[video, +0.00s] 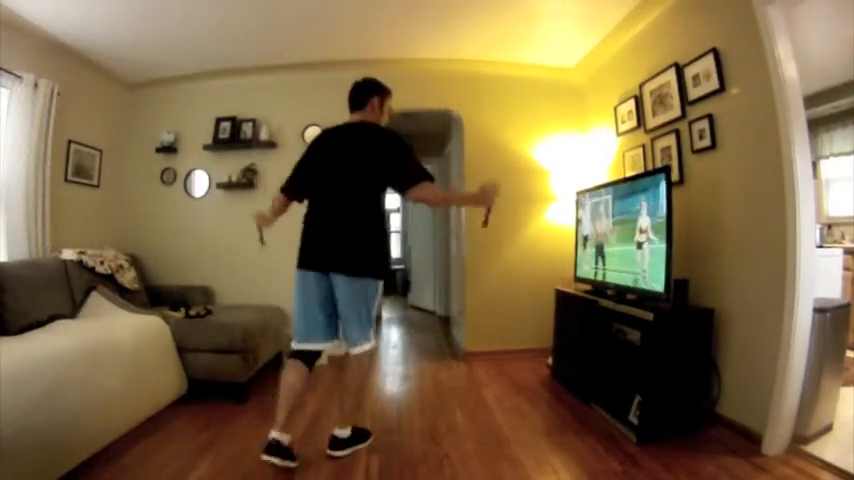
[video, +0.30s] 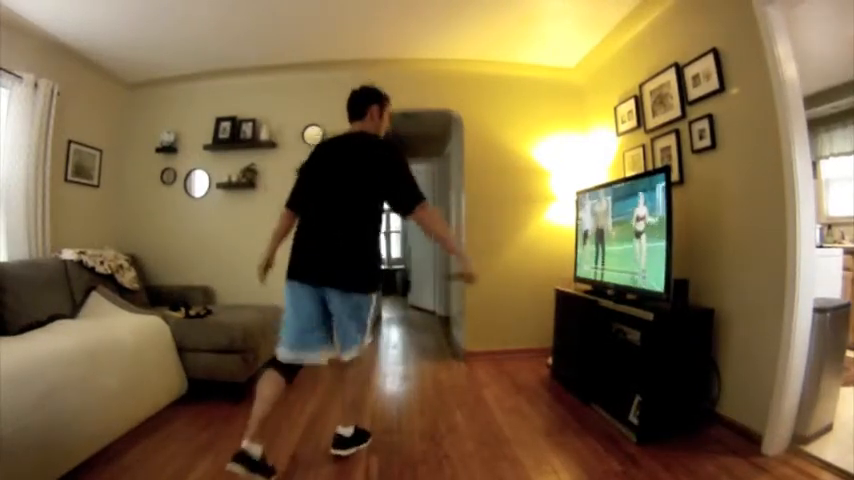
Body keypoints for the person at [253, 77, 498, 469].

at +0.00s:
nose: (387, 114)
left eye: (387, 108)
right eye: (387, 107)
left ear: (352, 106)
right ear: (376, 105)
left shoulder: (325, 140)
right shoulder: (386, 142)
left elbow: (289, 191)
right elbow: (421, 192)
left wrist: (270, 216)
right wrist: (475, 197)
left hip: (313, 252)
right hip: (359, 254)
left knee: (303, 348)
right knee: (360, 347)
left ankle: (278, 435)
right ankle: (344, 431)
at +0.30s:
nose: (389, 123)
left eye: (388, 116)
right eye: (388, 115)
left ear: (351, 114)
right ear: (375, 114)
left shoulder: (322, 151)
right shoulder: (382, 153)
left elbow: (291, 210)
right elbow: (418, 209)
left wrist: (270, 251)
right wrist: (459, 253)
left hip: (305, 264)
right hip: (352, 268)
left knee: (285, 357)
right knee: (355, 353)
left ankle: (250, 445)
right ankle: (347, 430)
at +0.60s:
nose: (392, 86)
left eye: (392, 79)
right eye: (391, 78)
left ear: (356, 73)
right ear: (377, 74)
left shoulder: (323, 108)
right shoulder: (387, 112)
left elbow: (280, 161)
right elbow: (411, 172)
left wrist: (242, 185)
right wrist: (461, 189)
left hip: (309, 225)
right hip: (357, 230)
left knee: (302, 317)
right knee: (355, 322)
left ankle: (263, 395)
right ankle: (348, 418)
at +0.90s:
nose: (388, 113)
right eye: (386, 105)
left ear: (349, 102)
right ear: (380, 100)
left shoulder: (320, 125)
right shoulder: (372, 103)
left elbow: (280, 164)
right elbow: (391, 148)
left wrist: (257, 208)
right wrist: (430, 191)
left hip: (299, 214)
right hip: (339, 213)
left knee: (325, 312)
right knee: (329, 316)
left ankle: (325, 396)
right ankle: (293, 419)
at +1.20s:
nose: (381, 106)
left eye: (380, 98)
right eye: (380, 98)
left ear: (341, 100)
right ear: (374, 98)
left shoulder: (315, 139)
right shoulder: (378, 138)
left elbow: (277, 192)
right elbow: (413, 200)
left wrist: (274, 211)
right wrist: (471, 213)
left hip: (301, 270)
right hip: (346, 273)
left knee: (330, 361)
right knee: (359, 376)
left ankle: (323, 435)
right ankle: (327, 463)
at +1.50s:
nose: (387, 97)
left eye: (383, 90)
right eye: (387, 90)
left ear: (349, 91)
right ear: (381, 90)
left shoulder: (320, 130)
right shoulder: (389, 131)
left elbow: (287, 190)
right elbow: (419, 191)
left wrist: (276, 237)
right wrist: (463, 230)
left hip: (308, 250)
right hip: (352, 253)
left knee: (331, 351)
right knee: (355, 358)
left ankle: (327, 427)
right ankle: (332, 450)